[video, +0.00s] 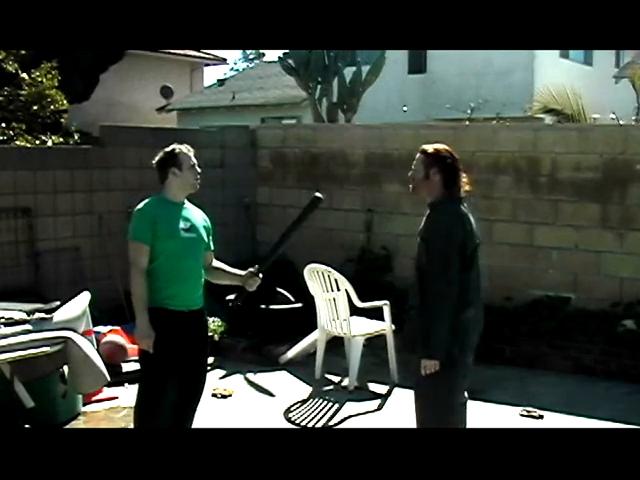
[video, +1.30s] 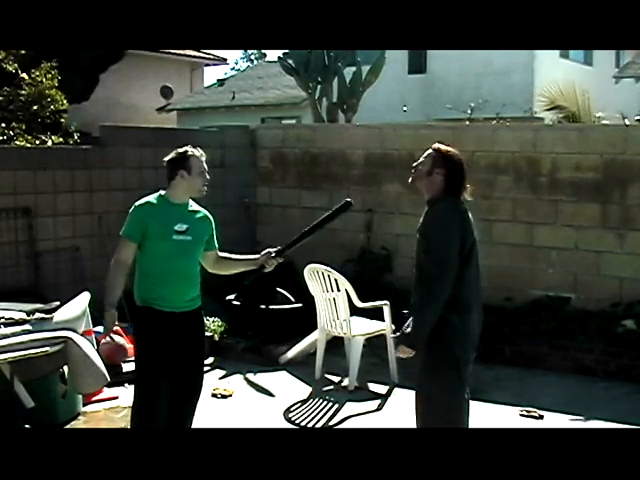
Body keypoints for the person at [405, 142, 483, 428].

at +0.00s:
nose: (410, 176)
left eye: (416, 170)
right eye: (412, 169)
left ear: (435, 176)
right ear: (435, 177)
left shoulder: (445, 220)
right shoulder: (448, 215)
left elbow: (440, 288)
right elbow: (441, 286)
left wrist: (433, 349)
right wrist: (431, 342)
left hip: (445, 342)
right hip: (450, 339)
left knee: (436, 416)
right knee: (444, 413)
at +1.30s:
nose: (413, 175)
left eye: (420, 170)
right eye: (416, 168)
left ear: (437, 177)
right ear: (438, 178)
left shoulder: (443, 216)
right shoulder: (449, 212)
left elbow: (436, 283)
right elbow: (437, 280)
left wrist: (413, 338)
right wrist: (415, 323)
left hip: (447, 332)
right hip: (451, 329)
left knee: (437, 409)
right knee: (443, 407)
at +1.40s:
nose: (414, 167)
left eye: (422, 164)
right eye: (418, 162)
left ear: (438, 176)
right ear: (437, 177)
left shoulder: (444, 212)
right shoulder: (444, 209)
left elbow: (435, 277)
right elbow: (440, 273)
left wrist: (404, 319)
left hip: (447, 326)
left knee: (436, 404)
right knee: (444, 402)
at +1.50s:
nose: (413, 169)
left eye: (421, 166)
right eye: (418, 164)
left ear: (439, 177)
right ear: (438, 177)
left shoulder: (451, 209)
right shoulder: (437, 207)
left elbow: (432, 248)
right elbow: (414, 240)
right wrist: (406, 261)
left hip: (449, 328)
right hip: (436, 323)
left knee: (437, 404)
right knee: (436, 401)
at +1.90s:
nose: (414, 171)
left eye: (420, 166)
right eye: (417, 165)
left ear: (438, 177)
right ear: (438, 177)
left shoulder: (449, 212)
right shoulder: (441, 210)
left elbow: (442, 262)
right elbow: (420, 251)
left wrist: (402, 276)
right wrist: (396, 270)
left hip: (445, 321)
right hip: (435, 317)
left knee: (439, 394)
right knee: (432, 391)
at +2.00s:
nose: (413, 173)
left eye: (420, 167)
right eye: (416, 166)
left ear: (438, 175)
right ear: (437, 176)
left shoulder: (447, 216)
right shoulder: (442, 213)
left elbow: (435, 279)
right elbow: (427, 276)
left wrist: (408, 319)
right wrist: (406, 315)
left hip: (444, 324)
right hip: (442, 321)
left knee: (436, 399)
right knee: (439, 396)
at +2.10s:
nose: (412, 169)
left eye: (418, 165)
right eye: (415, 163)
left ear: (436, 177)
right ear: (435, 177)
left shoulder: (446, 219)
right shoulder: (442, 214)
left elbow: (445, 288)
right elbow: (440, 285)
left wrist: (433, 344)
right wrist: (426, 338)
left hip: (441, 339)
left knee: (438, 414)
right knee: (437, 413)